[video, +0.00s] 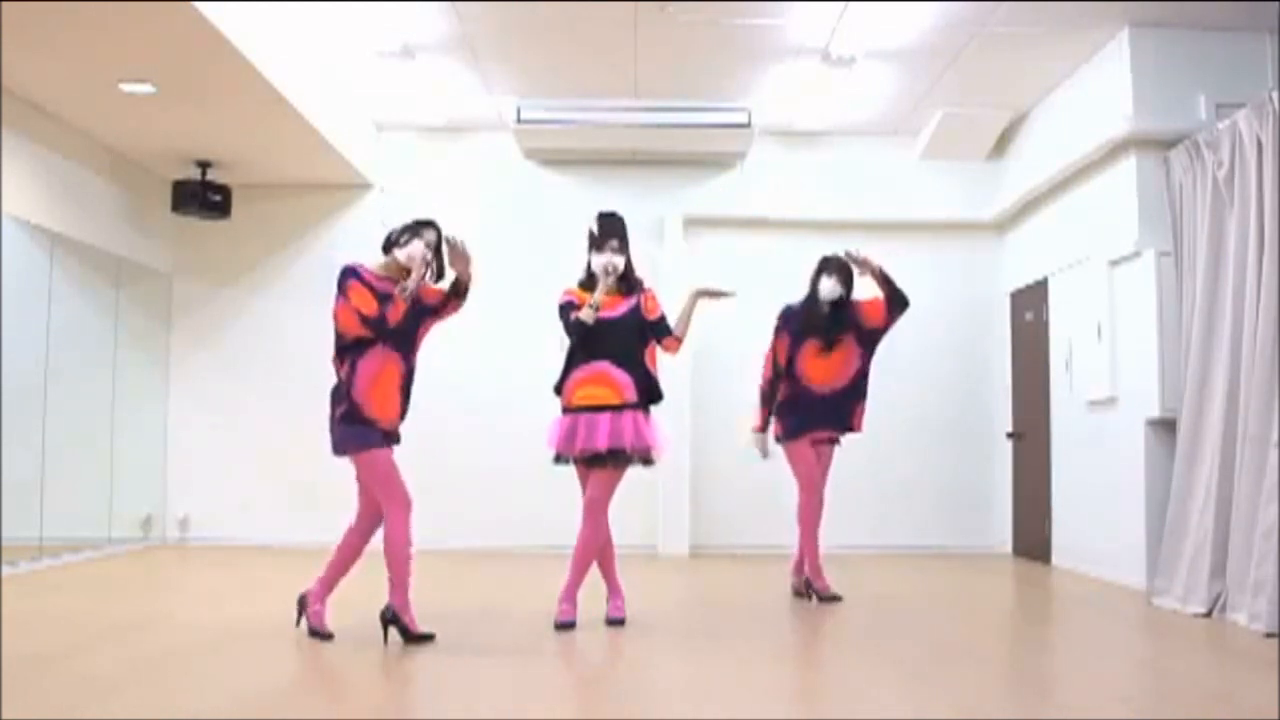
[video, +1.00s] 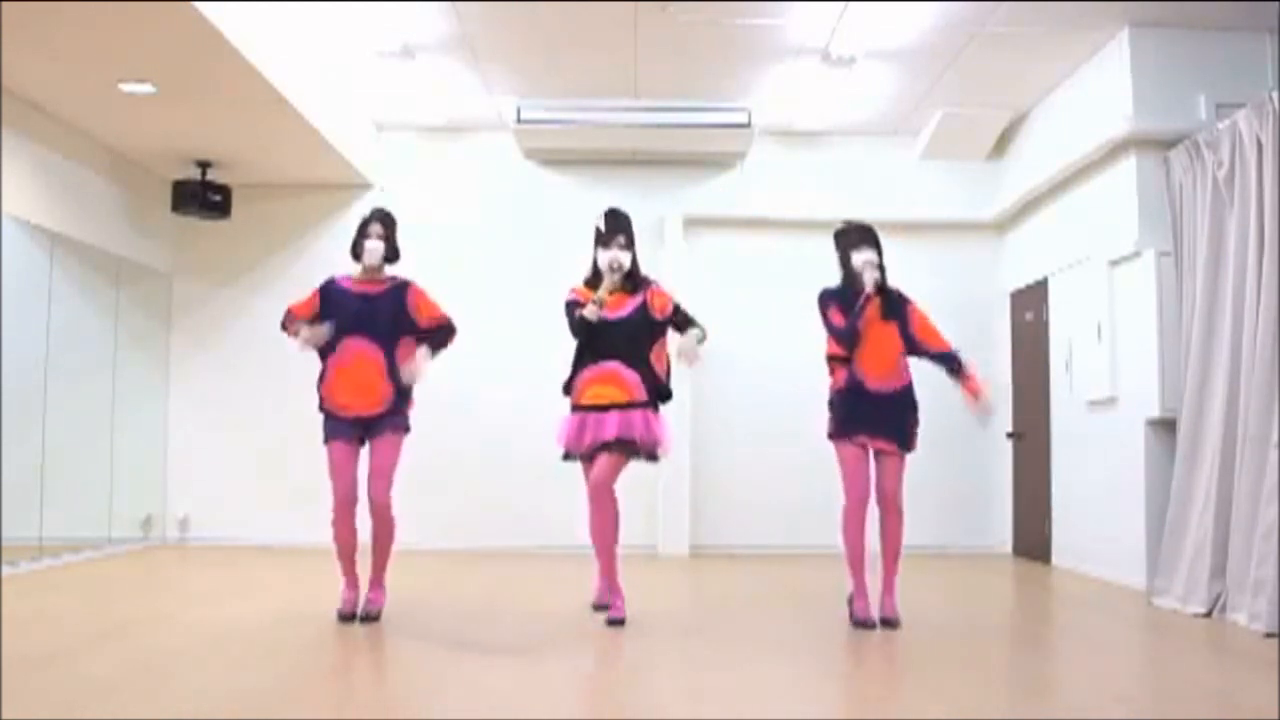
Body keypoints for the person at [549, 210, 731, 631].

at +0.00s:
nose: (611, 261)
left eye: (618, 253)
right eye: (603, 253)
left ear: (627, 256)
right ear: (590, 255)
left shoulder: (640, 297)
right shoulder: (573, 295)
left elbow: (671, 343)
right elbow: (577, 331)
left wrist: (693, 299)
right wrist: (600, 288)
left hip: (623, 407)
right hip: (581, 406)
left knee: (596, 503)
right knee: (593, 505)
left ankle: (568, 595)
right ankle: (615, 592)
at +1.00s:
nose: (615, 257)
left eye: (622, 248)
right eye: (607, 249)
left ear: (633, 252)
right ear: (596, 252)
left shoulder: (651, 296)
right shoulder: (581, 295)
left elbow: (694, 329)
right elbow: (578, 328)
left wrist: (687, 342)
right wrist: (595, 305)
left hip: (632, 401)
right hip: (589, 401)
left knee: (600, 482)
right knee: (595, 489)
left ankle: (607, 582)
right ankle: (610, 587)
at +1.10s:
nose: (615, 256)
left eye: (623, 247)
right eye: (608, 247)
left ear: (634, 251)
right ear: (596, 250)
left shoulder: (651, 295)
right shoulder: (582, 294)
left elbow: (682, 347)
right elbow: (582, 327)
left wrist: (698, 393)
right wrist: (602, 293)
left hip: (637, 401)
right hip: (593, 400)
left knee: (608, 478)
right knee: (600, 489)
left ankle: (634, 557)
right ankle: (612, 589)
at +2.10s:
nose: (615, 257)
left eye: (622, 248)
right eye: (608, 248)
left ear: (637, 249)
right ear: (600, 251)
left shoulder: (656, 296)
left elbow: (663, 351)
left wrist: (638, 384)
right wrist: (581, 317)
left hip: (646, 402)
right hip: (603, 404)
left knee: (643, 504)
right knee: (610, 503)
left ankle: (644, 593)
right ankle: (613, 591)